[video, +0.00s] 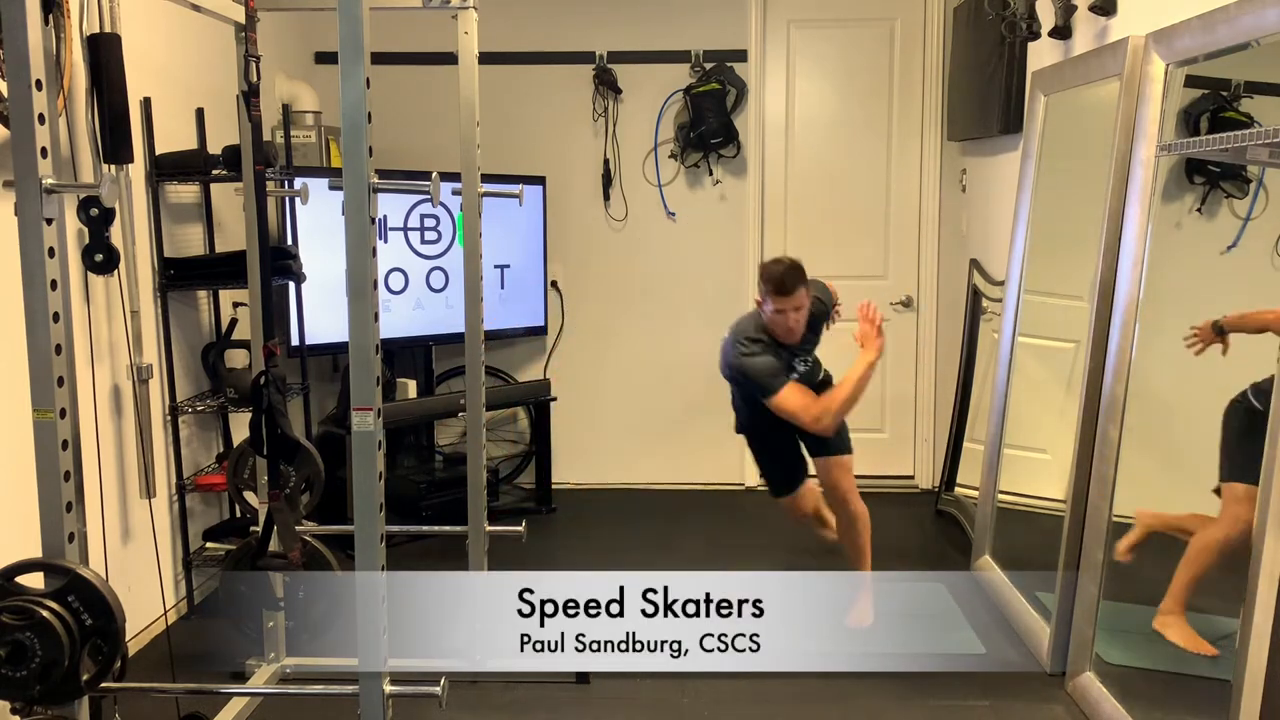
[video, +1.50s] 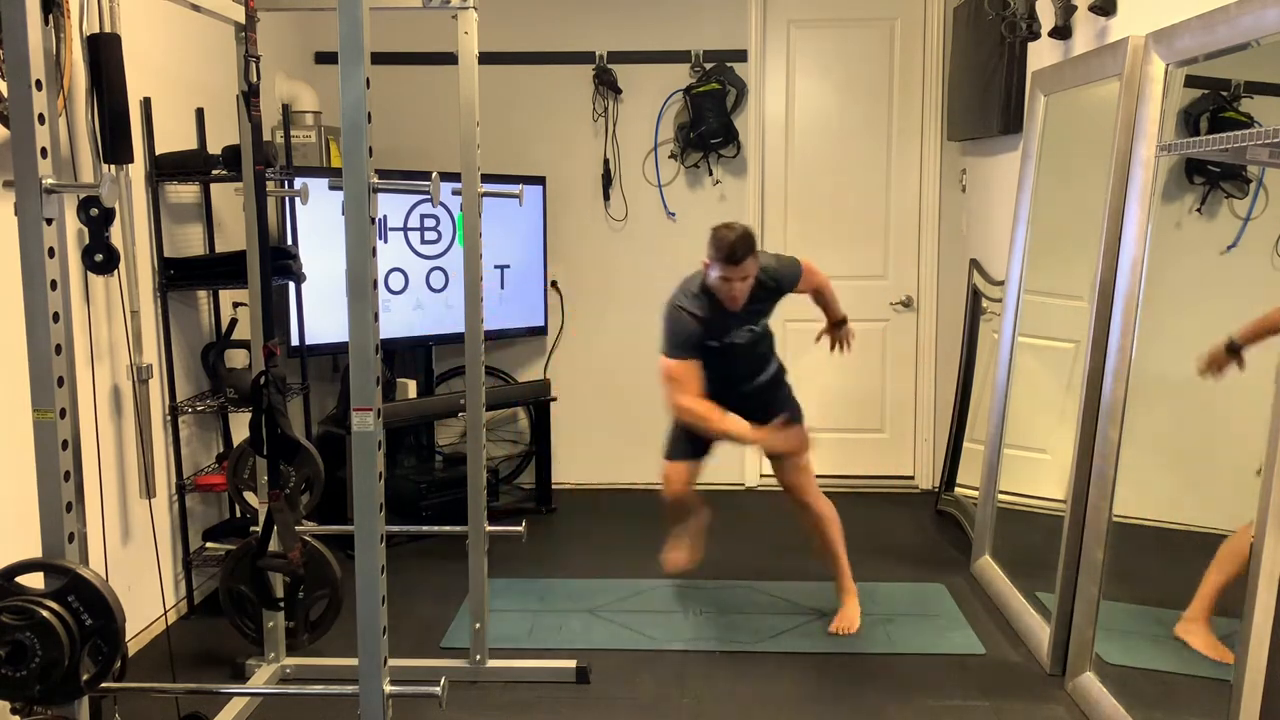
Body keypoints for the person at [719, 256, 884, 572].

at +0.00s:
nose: (793, 321)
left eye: (799, 309)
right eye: (780, 312)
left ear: (808, 298)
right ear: (761, 303)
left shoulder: (817, 301)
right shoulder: (745, 350)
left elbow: (826, 290)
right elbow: (820, 420)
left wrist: (831, 306)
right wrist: (869, 354)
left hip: (812, 390)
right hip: (761, 414)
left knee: (843, 493)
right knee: (801, 506)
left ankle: (863, 587)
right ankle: (819, 510)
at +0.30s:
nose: (796, 337)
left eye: (805, 326)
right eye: (786, 327)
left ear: (816, 316)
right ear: (768, 317)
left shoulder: (828, 325)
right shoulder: (743, 359)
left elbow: (877, 333)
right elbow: (755, 451)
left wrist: (895, 381)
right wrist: (829, 469)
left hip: (815, 405)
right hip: (770, 424)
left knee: (840, 497)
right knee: (802, 513)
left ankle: (863, 588)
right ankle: (823, 505)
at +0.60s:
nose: (701, 308)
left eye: (709, 299)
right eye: (692, 300)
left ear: (721, 287)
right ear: (675, 286)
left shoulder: (736, 306)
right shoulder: (643, 295)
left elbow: (767, 388)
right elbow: (595, 310)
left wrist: (699, 423)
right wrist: (568, 337)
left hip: (716, 381)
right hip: (652, 381)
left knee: (762, 471)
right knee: (612, 477)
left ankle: (813, 556)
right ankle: (559, 574)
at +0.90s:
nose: (614, 342)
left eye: (624, 333)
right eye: (606, 332)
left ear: (640, 320)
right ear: (593, 316)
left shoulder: (654, 356)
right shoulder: (585, 299)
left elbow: (585, 416)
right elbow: (538, 271)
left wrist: (539, 367)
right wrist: (485, 254)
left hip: (626, 423)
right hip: (584, 388)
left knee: (555, 475)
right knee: (567, 486)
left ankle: (493, 507)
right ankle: (546, 585)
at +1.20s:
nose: (644, 324)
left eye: (652, 314)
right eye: (635, 315)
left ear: (664, 302)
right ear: (618, 302)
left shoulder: (682, 329)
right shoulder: (589, 308)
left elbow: (711, 412)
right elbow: (505, 312)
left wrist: (649, 440)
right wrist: (441, 342)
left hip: (646, 407)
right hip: (589, 399)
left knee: (652, 506)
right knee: (567, 495)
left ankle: (636, 518)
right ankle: (546, 587)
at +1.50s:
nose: (737, 291)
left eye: (745, 280)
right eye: (727, 281)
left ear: (755, 268)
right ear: (708, 268)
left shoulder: (772, 274)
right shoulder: (685, 309)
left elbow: (816, 283)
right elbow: (684, 402)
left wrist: (836, 319)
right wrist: (758, 436)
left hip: (763, 387)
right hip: (706, 394)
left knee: (801, 488)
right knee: (674, 489)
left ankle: (848, 590)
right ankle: (692, 519)